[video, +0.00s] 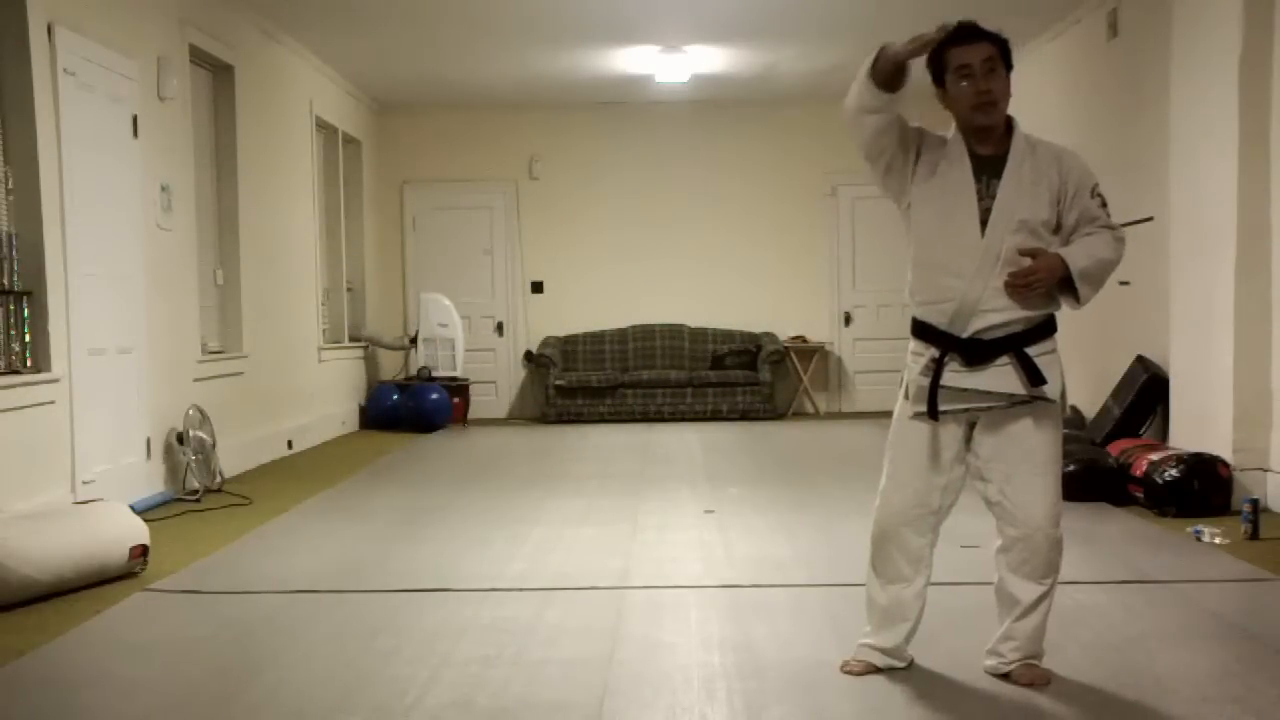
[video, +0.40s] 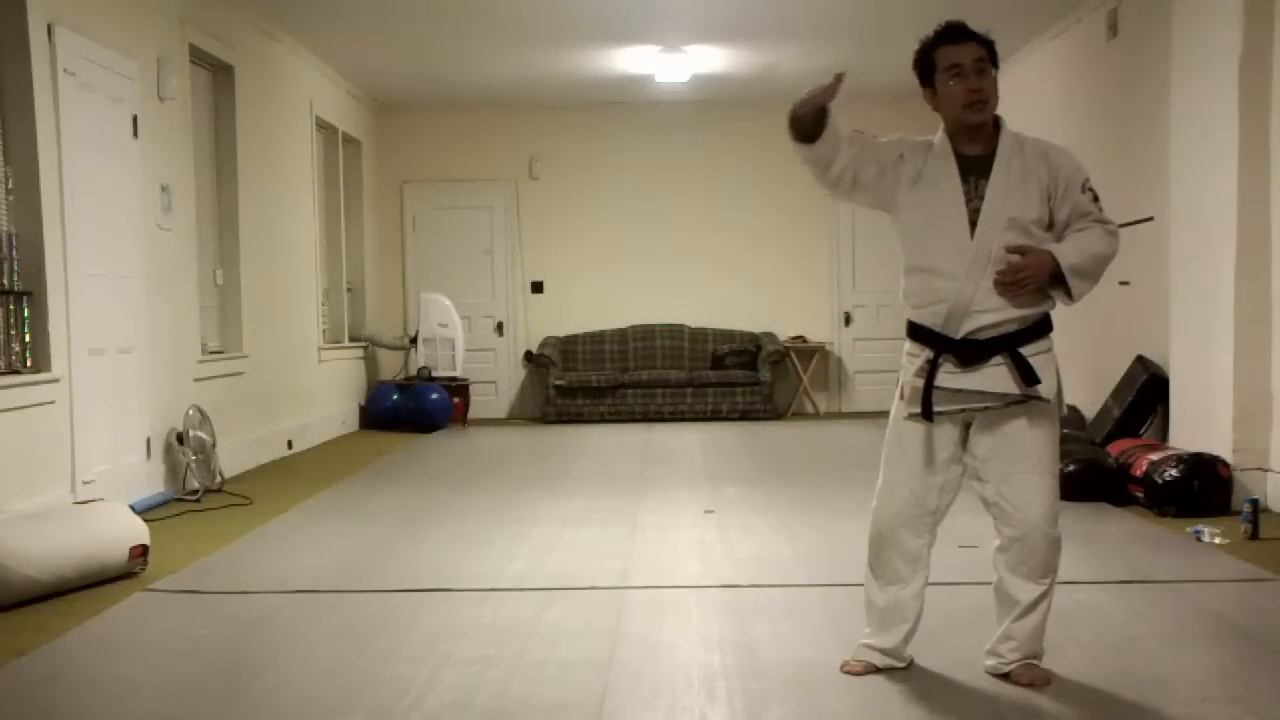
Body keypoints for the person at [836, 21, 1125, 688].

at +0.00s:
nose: (981, 85)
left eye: (991, 70)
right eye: (962, 76)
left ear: (1009, 80)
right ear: (941, 94)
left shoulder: (1059, 167)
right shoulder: (918, 162)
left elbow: (1106, 241)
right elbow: (869, 119)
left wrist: (1064, 266)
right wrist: (888, 62)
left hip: (1023, 367)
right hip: (933, 366)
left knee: (1035, 525)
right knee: (900, 516)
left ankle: (1017, 653)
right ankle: (884, 641)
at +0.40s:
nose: (974, 82)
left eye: (983, 68)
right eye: (956, 74)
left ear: (998, 80)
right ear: (930, 95)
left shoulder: (1049, 163)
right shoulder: (907, 164)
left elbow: (1100, 235)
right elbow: (841, 165)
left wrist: (1057, 262)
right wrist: (812, 124)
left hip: (1020, 369)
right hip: (931, 369)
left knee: (1033, 526)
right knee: (897, 518)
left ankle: (1016, 653)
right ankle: (884, 643)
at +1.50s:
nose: (988, 89)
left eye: (1000, 75)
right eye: (971, 77)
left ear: (1016, 82)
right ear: (945, 90)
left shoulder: (1062, 161)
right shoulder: (913, 162)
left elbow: (1110, 239)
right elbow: (860, 229)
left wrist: (1065, 269)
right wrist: (831, 210)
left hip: (1030, 374)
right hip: (938, 374)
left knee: (1040, 531)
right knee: (901, 519)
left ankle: (1016, 654)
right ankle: (883, 642)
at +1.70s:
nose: (990, 101)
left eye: (1003, 87)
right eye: (975, 88)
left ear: (1024, 91)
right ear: (953, 96)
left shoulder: (1071, 162)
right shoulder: (926, 169)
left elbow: (1124, 242)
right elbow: (871, 242)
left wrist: (1044, 246)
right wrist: (902, 275)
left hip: (1034, 373)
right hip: (941, 370)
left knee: (1045, 538)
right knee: (887, 515)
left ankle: (1022, 655)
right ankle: (890, 640)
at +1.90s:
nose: (977, 108)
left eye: (991, 93)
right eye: (962, 93)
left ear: (1017, 93)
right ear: (944, 95)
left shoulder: (1063, 159)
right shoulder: (922, 160)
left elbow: (1108, 246)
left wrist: (1031, 219)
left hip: (1032, 371)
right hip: (939, 369)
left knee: (1040, 539)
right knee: (912, 529)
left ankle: (1021, 652)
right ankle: (921, 675)